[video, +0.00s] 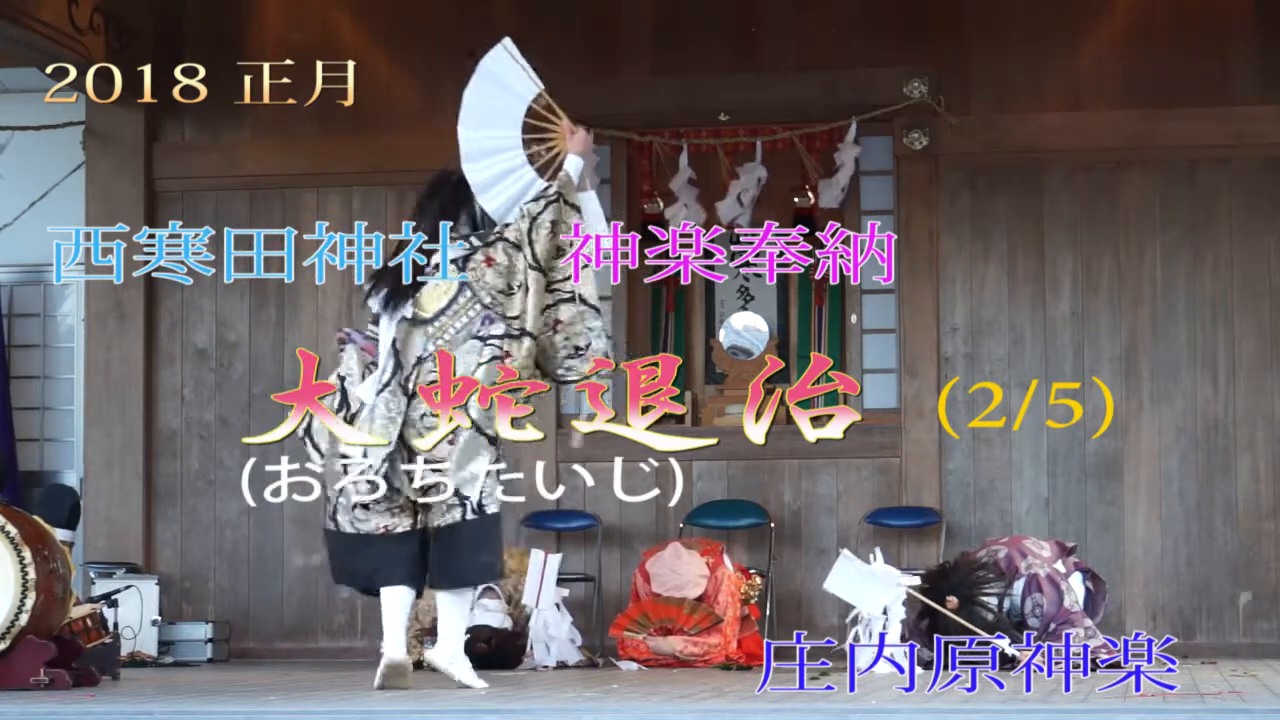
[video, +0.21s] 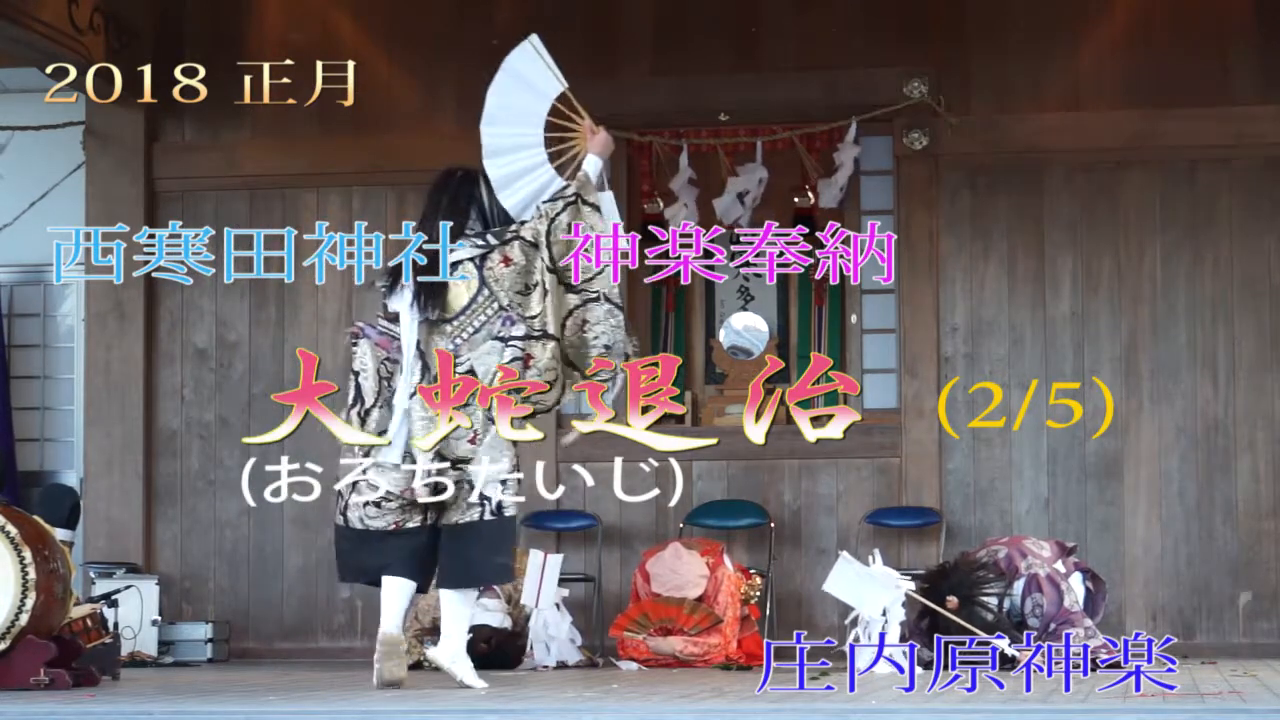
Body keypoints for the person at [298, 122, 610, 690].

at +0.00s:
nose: (484, 220)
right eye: (479, 211)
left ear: (422, 217)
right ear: (477, 215)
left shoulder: (398, 272)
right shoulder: (493, 262)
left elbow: (373, 359)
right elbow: (539, 226)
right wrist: (572, 164)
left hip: (395, 418)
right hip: (460, 420)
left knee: (398, 530)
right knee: (460, 529)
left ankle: (393, 647)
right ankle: (449, 645)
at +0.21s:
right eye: (492, 202)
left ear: (433, 212)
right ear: (489, 209)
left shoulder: (413, 265)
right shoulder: (505, 257)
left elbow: (386, 338)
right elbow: (556, 220)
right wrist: (592, 163)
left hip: (412, 408)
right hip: (477, 410)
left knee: (406, 522)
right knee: (469, 529)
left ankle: (391, 625)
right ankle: (452, 645)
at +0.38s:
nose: (507, 214)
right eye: (502, 204)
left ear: (443, 214)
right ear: (498, 211)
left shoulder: (419, 265)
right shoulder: (516, 259)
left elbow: (386, 342)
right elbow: (567, 225)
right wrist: (605, 170)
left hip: (422, 409)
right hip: (488, 409)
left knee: (421, 514)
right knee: (475, 520)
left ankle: (402, 623)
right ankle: (452, 643)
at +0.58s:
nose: (513, 226)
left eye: (509, 216)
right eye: (509, 217)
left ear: (453, 222)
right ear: (502, 222)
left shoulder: (426, 282)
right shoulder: (506, 274)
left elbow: (396, 355)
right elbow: (564, 237)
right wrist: (616, 185)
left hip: (427, 417)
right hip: (477, 420)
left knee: (448, 535)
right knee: (470, 534)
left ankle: (445, 644)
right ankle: (450, 647)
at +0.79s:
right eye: (505, 230)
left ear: (447, 244)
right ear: (503, 238)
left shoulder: (423, 306)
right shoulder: (523, 284)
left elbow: (397, 391)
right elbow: (575, 257)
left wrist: (398, 440)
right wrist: (612, 204)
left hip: (431, 442)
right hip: (502, 432)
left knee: (442, 554)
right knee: (529, 528)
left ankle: (453, 662)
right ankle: (525, 614)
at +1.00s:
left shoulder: (468, 307)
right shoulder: (549, 282)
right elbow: (581, 263)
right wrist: (612, 209)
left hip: (452, 457)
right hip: (514, 454)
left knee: (465, 550)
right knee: (616, 470)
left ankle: (454, 661)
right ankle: (640, 570)